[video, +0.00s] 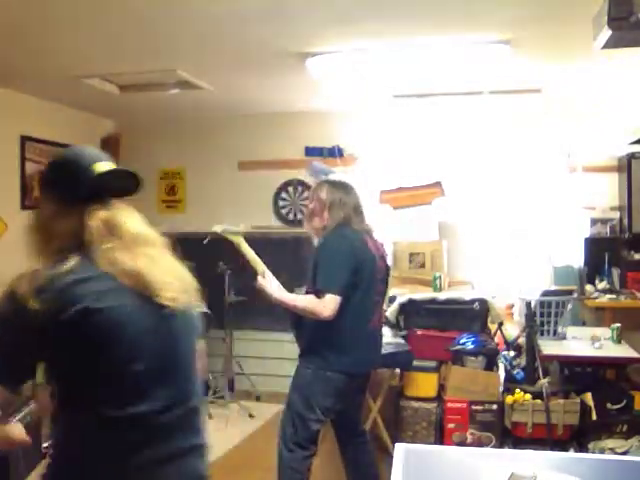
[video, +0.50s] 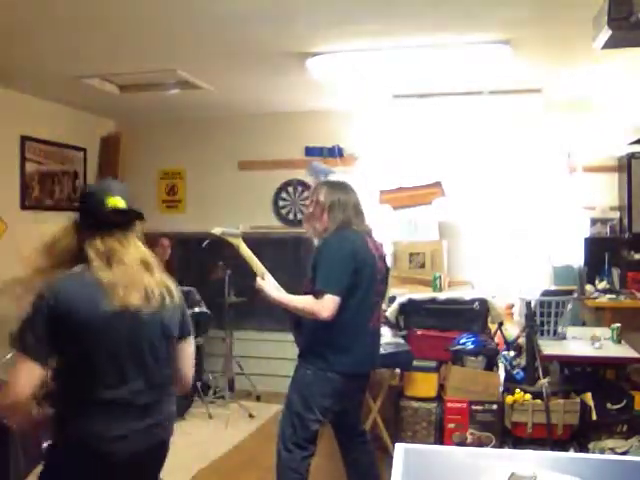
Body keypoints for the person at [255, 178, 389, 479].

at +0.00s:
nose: (308, 207)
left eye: (313, 201)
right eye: (309, 200)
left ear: (330, 207)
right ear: (349, 207)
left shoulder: (338, 241)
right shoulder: (367, 242)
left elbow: (326, 307)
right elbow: (361, 305)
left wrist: (280, 295)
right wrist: (310, 297)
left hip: (327, 362)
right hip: (358, 361)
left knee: (296, 445)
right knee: (352, 433)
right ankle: (368, 476)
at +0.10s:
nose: (307, 207)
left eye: (314, 201)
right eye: (309, 200)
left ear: (330, 207)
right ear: (349, 207)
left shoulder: (337, 241)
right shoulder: (366, 241)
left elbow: (326, 308)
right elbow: (360, 304)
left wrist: (279, 295)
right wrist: (311, 294)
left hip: (327, 362)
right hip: (358, 361)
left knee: (296, 446)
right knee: (352, 434)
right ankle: (368, 476)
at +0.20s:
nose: (309, 211)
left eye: (314, 204)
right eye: (310, 204)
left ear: (329, 209)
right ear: (351, 207)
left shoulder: (338, 243)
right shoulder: (367, 241)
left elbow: (326, 308)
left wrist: (279, 294)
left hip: (327, 363)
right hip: (358, 361)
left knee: (296, 445)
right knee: (352, 434)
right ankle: (368, 476)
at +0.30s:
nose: (307, 210)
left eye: (312, 203)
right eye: (308, 203)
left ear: (327, 208)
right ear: (349, 207)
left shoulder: (338, 242)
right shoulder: (366, 242)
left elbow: (326, 308)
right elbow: (360, 304)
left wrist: (279, 295)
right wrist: (312, 296)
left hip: (327, 363)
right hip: (357, 362)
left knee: (296, 445)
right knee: (351, 433)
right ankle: (368, 476)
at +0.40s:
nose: (306, 210)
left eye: (311, 203)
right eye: (308, 203)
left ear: (327, 209)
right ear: (351, 208)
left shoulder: (337, 242)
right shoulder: (367, 242)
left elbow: (326, 308)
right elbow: (360, 305)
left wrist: (279, 296)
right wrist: (309, 297)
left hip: (326, 363)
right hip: (357, 363)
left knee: (295, 447)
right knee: (352, 435)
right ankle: (368, 476)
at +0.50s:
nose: (308, 212)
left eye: (313, 205)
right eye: (310, 205)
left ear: (328, 210)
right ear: (351, 208)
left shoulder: (338, 243)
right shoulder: (367, 243)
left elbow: (325, 308)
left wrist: (278, 295)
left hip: (325, 364)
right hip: (356, 364)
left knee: (294, 447)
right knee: (352, 436)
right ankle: (368, 476)